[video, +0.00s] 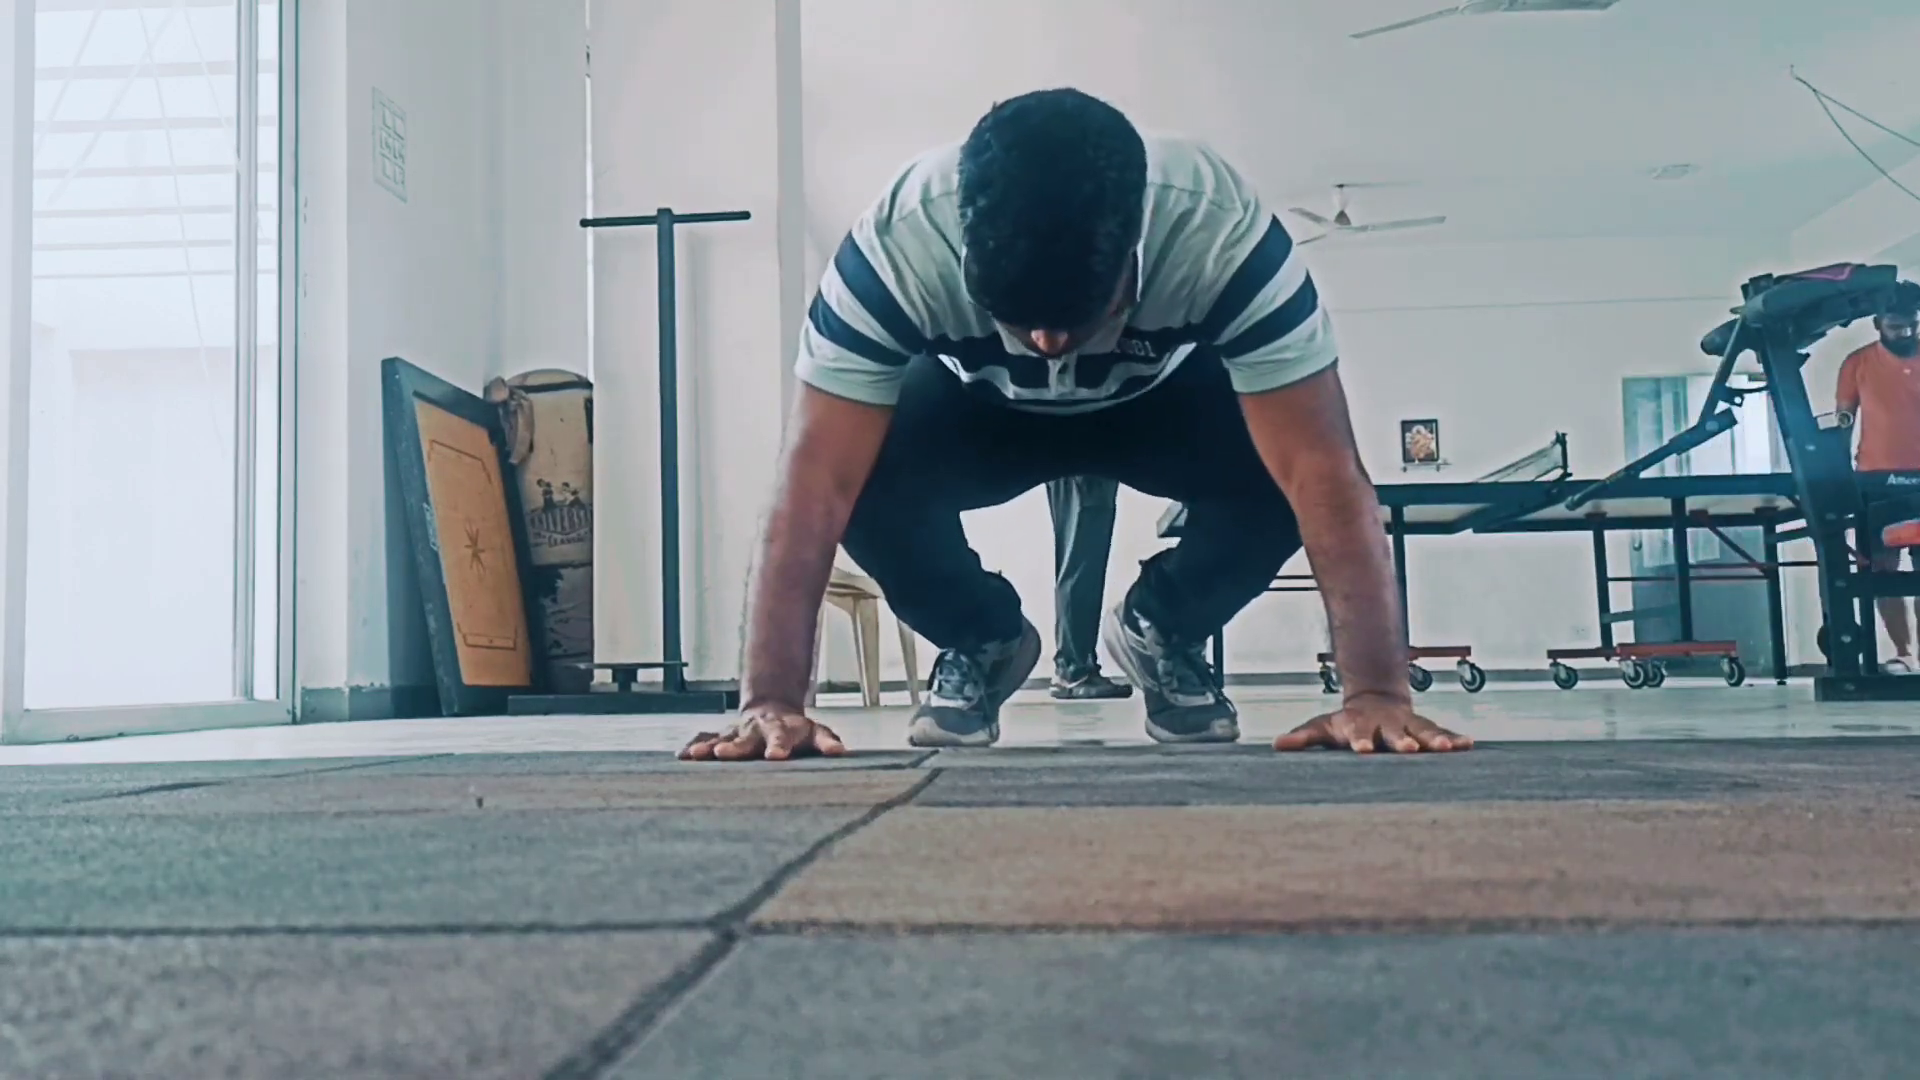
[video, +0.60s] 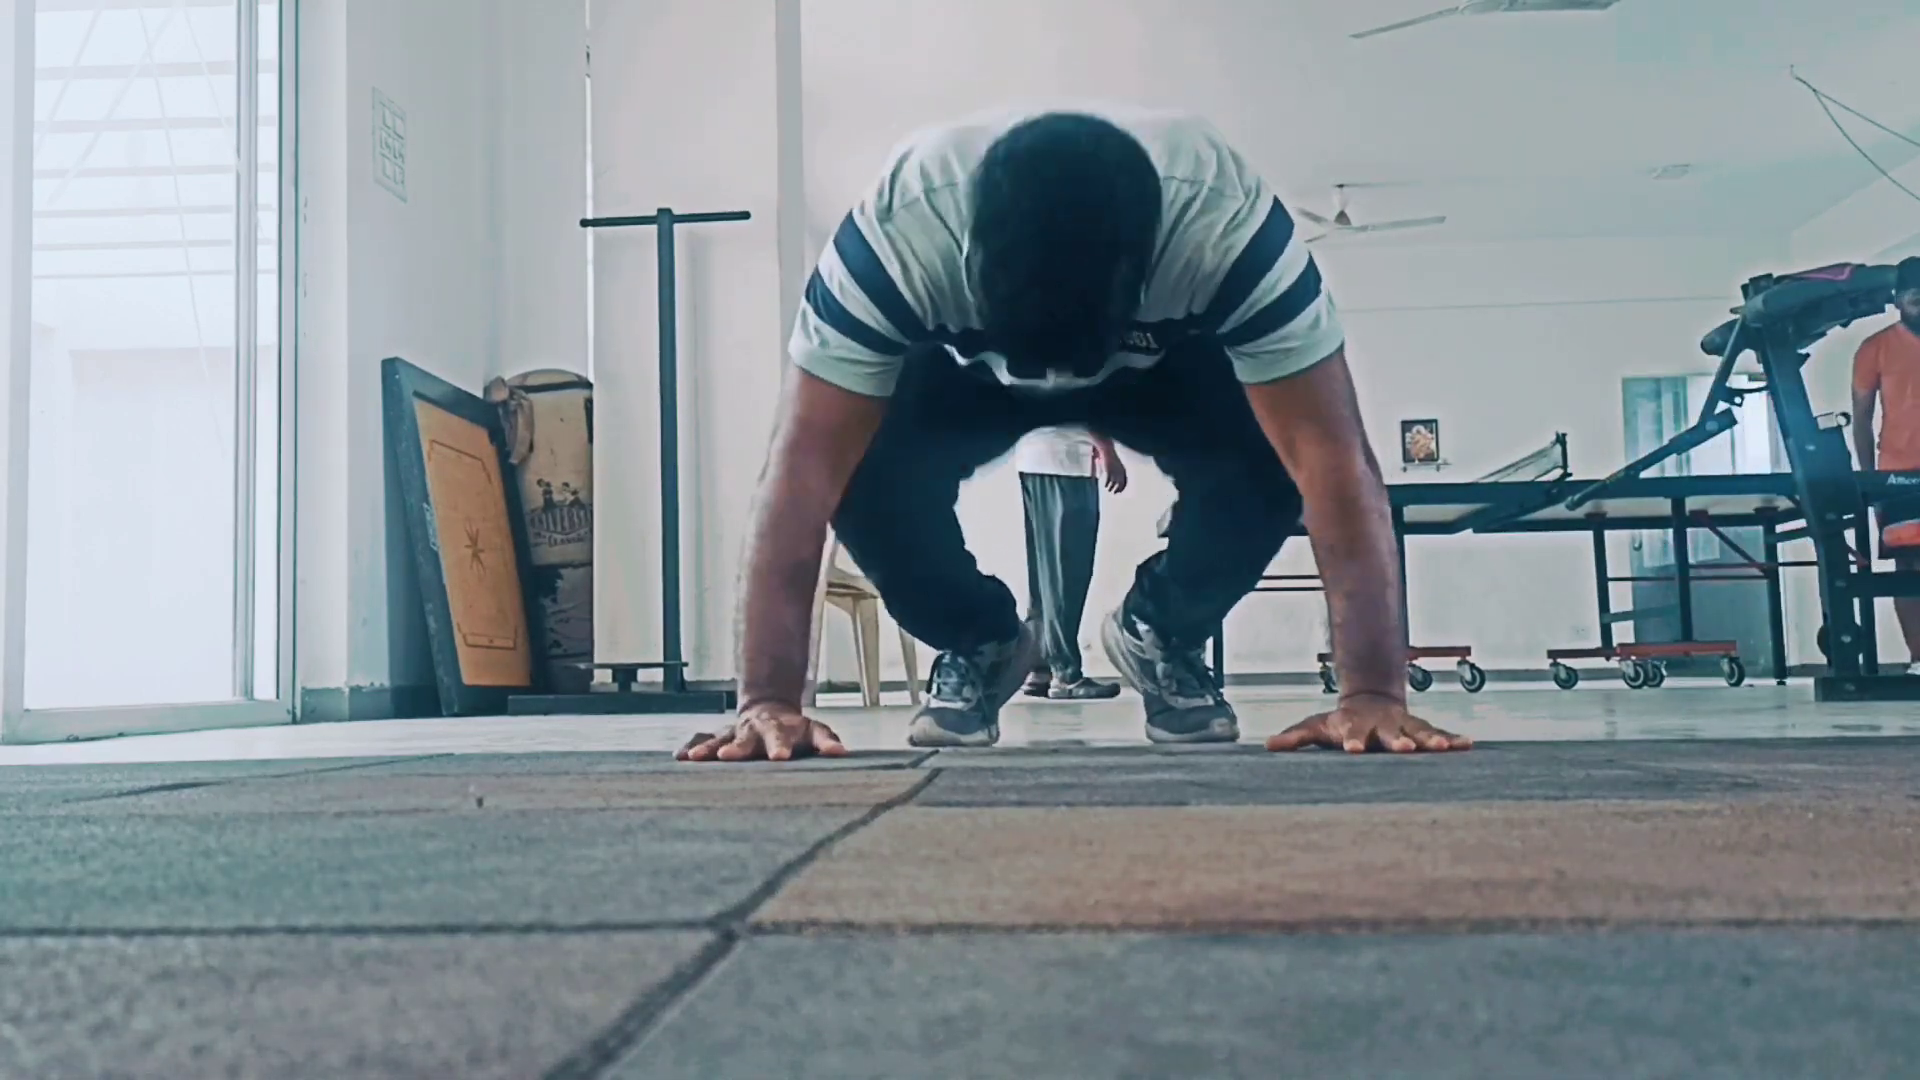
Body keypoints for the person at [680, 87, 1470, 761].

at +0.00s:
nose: (1052, 346)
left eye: (1082, 324)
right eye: (1025, 325)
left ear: (1137, 248)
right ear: (974, 249)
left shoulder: (1228, 235)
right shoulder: (900, 251)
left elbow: (1326, 479)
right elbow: (817, 483)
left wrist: (1377, 691)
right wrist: (772, 700)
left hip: (1160, 396)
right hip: (989, 400)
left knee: (1283, 493)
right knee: (870, 492)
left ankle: (1164, 625)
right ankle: (985, 638)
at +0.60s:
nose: (1060, 373)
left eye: (1086, 352)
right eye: (1025, 352)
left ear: (1144, 268)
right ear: (971, 257)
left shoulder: (1233, 229)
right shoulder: (896, 238)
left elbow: (1334, 460)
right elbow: (804, 469)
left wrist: (1375, 691)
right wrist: (771, 698)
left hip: (1157, 357)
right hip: (974, 363)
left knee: (1264, 477)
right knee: (868, 490)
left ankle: (1161, 629)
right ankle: (985, 642)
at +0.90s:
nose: (1064, 448)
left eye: (1082, 429)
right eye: (1036, 427)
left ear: (1146, 319)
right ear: (965, 297)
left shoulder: (1239, 214)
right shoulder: (888, 226)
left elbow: (1360, 451)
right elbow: (789, 455)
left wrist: (1377, 696)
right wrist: (768, 700)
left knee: (1210, 499)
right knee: (930, 508)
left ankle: (1190, 573)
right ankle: (944, 609)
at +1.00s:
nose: (1064, 439)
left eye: (1097, 402)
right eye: (1023, 414)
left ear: (1151, 300)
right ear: (961, 284)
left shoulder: (1249, 216)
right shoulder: (880, 230)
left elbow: (1363, 454)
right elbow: (790, 461)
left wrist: (1379, 693)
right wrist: (766, 700)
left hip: (1169, 339)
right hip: (962, 350)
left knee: (1188, 541)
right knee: (965, 540)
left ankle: (1197, 647)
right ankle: (941, 643)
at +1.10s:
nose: (1055, 400)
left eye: (1089, 383)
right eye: (1022, 386)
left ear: (1150, 284)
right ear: (962, 270)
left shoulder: (1245, 220)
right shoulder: (886, 233)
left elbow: (1365, 456)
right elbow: (790, 462)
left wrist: (1377, 692)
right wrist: (768, 699)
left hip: (1163, 405)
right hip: (969, 409)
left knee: (1191, 581)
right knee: (956, 581)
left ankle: (1193, 663)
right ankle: (949, 668)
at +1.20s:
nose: (1065, 424)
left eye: (1100, 396)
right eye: (1033, 401)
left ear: (1160, 294)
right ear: (973, 284)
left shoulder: (1246, 232)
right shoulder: (891, 244)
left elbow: (1364, 455)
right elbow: (787, 466)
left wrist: (1378, 692)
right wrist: (769, 699)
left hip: (1160, 397)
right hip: (970, 403)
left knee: (1185, 559)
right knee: (957, 562)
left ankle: (1193, 665)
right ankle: (947, 662)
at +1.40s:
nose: (1060, 474)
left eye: (1086, 453)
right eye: (1039, 455)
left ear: (1145, 354)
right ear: (979, 343)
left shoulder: (1218, 253)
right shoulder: (909, 267)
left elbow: (1336, 474)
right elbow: (805, 476)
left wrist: (1374, 692)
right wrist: (771, 700)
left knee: (1170, 511)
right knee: (958, 525)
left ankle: (1191, 682)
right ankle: (955, 668)